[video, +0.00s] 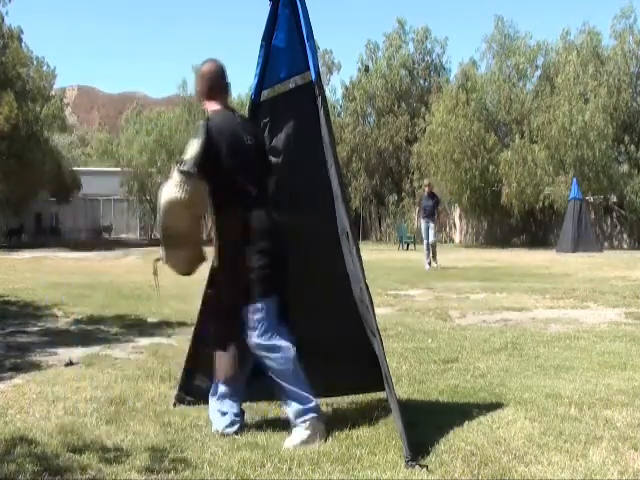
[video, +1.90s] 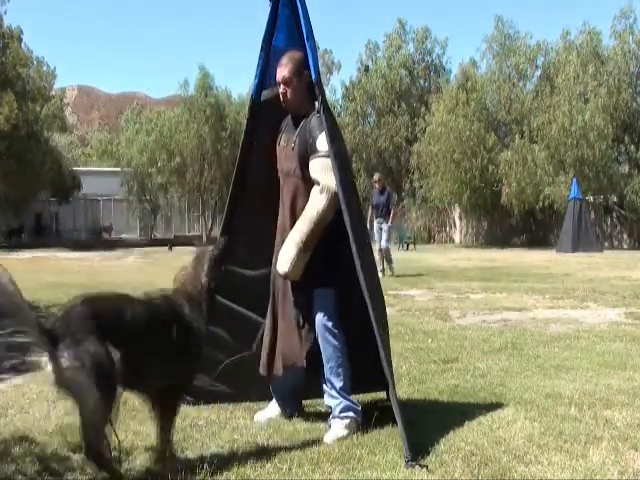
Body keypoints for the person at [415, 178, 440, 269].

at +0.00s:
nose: (427, 188)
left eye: (428, 186)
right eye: (425, 186)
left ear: (431, 187)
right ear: (424, 187)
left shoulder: (435, 198)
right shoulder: (422, 198)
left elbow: (437, 210)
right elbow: (419, 209)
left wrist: (438, 221)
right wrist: (417, 219)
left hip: (432, 220)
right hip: (424, 219)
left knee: (432, 241)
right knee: (426, 241)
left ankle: (434, 259)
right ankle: (428, 262)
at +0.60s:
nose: (417, 189)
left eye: (419, 187)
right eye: (416, 187)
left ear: (421, 187)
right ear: (414, 188)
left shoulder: (425, 198)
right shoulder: (412, 198)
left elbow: (427, 209)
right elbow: (409, 209)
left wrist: (426, 219)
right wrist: (408, 219)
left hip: (422, 221)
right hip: (413, 220)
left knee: (424, 243)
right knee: (413, 242)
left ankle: (426, 264)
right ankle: (412, 264)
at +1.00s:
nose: (404, 185)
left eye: (406, 183)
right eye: (403, 183)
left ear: (409, 183)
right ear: (401, 184)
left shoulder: (414, 194)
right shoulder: (400, 195)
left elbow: (418, 208)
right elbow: (396, 207)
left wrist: (420, 220)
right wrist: (395, 218)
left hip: (412, 218)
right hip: (403, 218)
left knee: (410, 241)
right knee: (405, 241)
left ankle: (412, 262)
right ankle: (409, 262)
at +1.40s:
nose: (395, 184)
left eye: (397, 182)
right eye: (394, 182)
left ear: (401, 182)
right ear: (392, 183)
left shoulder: (405, 194)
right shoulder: (390, 195)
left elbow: (410, 208)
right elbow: (388, 207)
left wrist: (412, 220)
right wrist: (387, 219)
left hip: (403, 220)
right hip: (394, 220)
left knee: (402, 244)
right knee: (392, 243)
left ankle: (403, 267)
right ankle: (399, 263)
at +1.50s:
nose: (393, 184)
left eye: (395, 181)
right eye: (391, 182)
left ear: (398, 182)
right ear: (389, 183)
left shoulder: (402, 194)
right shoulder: (388, 194)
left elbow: (405, 207)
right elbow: (386, 208)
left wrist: (404, 219)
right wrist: (385, 220)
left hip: (400, 221)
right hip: (391, 221)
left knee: (401, 245)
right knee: (389, 243)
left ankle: (403, 267)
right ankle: (390, 266)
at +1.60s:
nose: (389, 185)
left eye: (391, 183)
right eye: (387, 183)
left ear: (395, 184)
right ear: (385, 185)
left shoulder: (398, 194)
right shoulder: (386, 195)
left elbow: (401, 209)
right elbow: (384, 208)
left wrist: (394, 217)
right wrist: (382, 220)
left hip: (398, 222)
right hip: (388, 222)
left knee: (400, 246)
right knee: (386, 245)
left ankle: (402, 267)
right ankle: (383, 267)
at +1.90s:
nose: (377, 184)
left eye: (379, 181)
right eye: (375, 182)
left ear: (383, 181)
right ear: (373, 183)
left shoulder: (390, 194)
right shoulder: (374, 194)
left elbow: (392, 208)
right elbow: (371, 208)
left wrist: (390, 221)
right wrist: (368, 222)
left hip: (386, 220)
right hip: (377, 220)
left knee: (384, 245)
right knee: (378, 246)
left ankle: (390, 264)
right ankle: (380, 268)